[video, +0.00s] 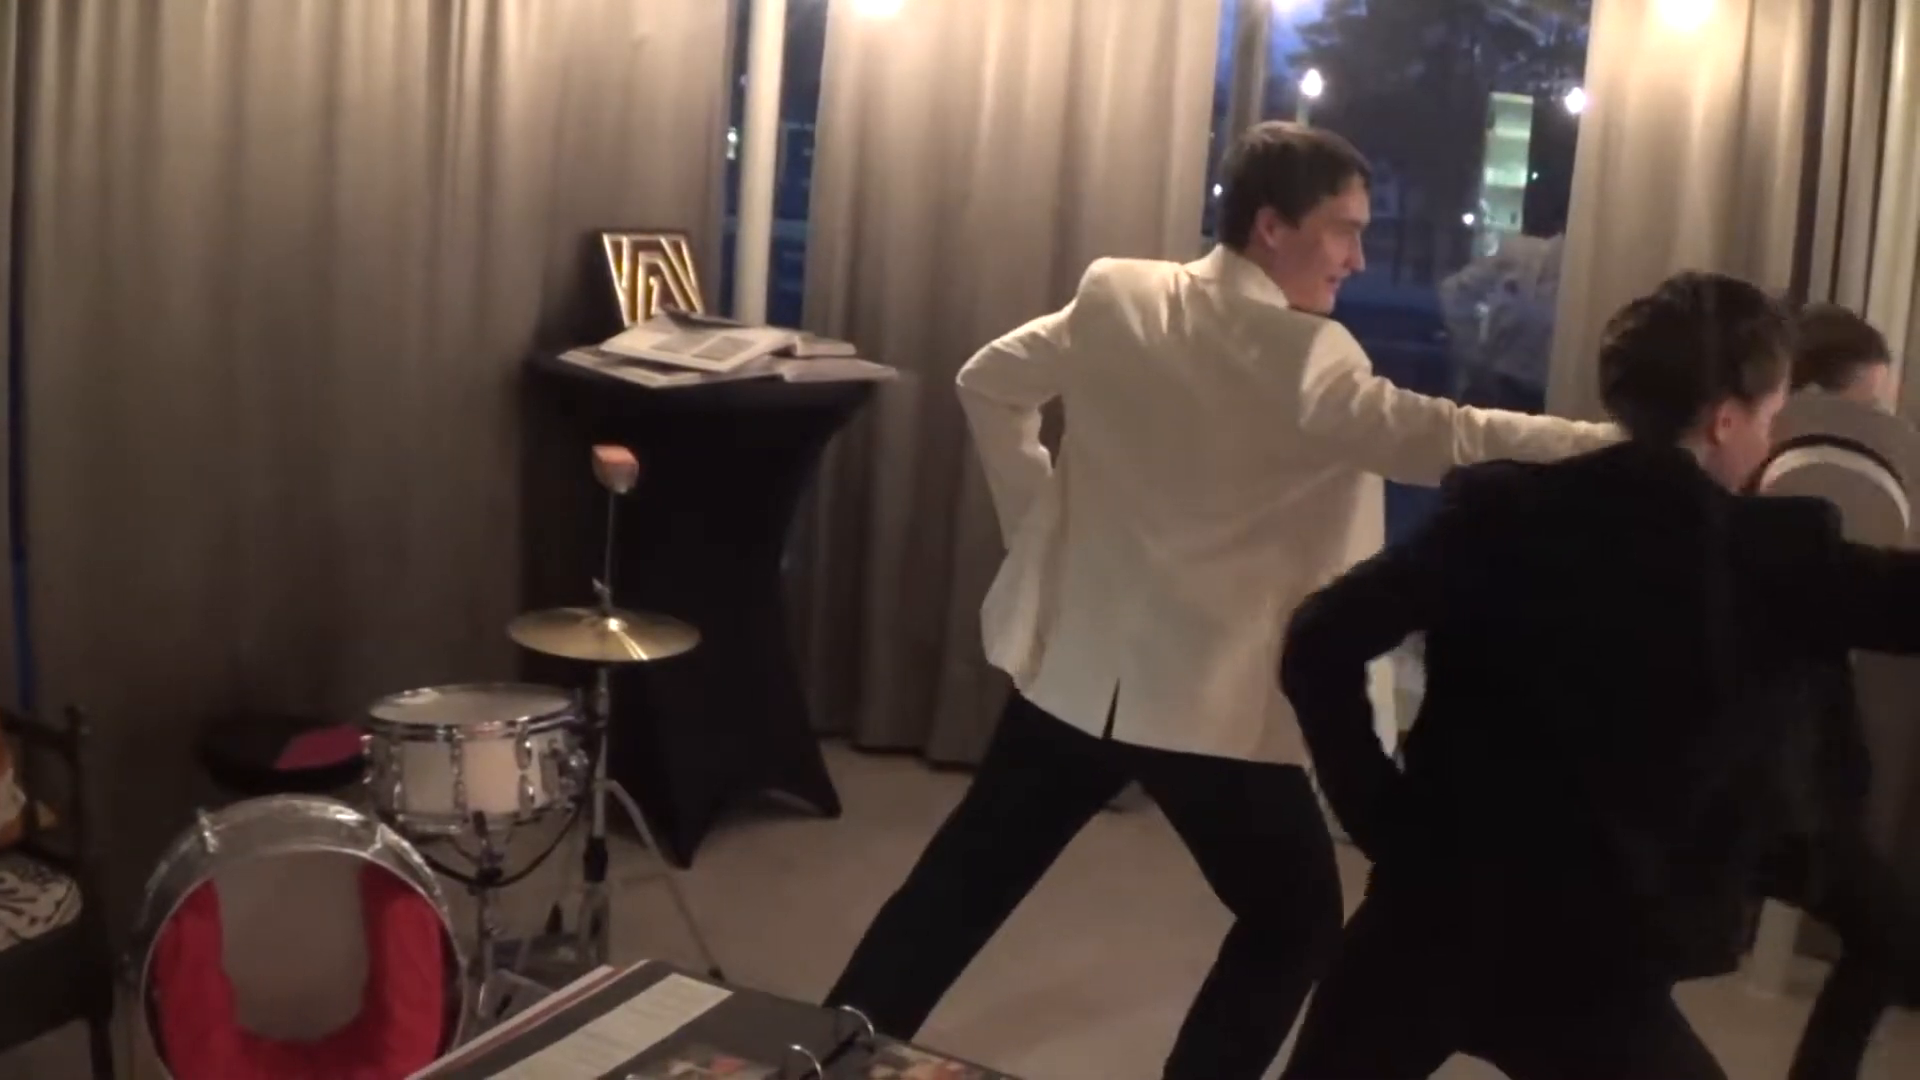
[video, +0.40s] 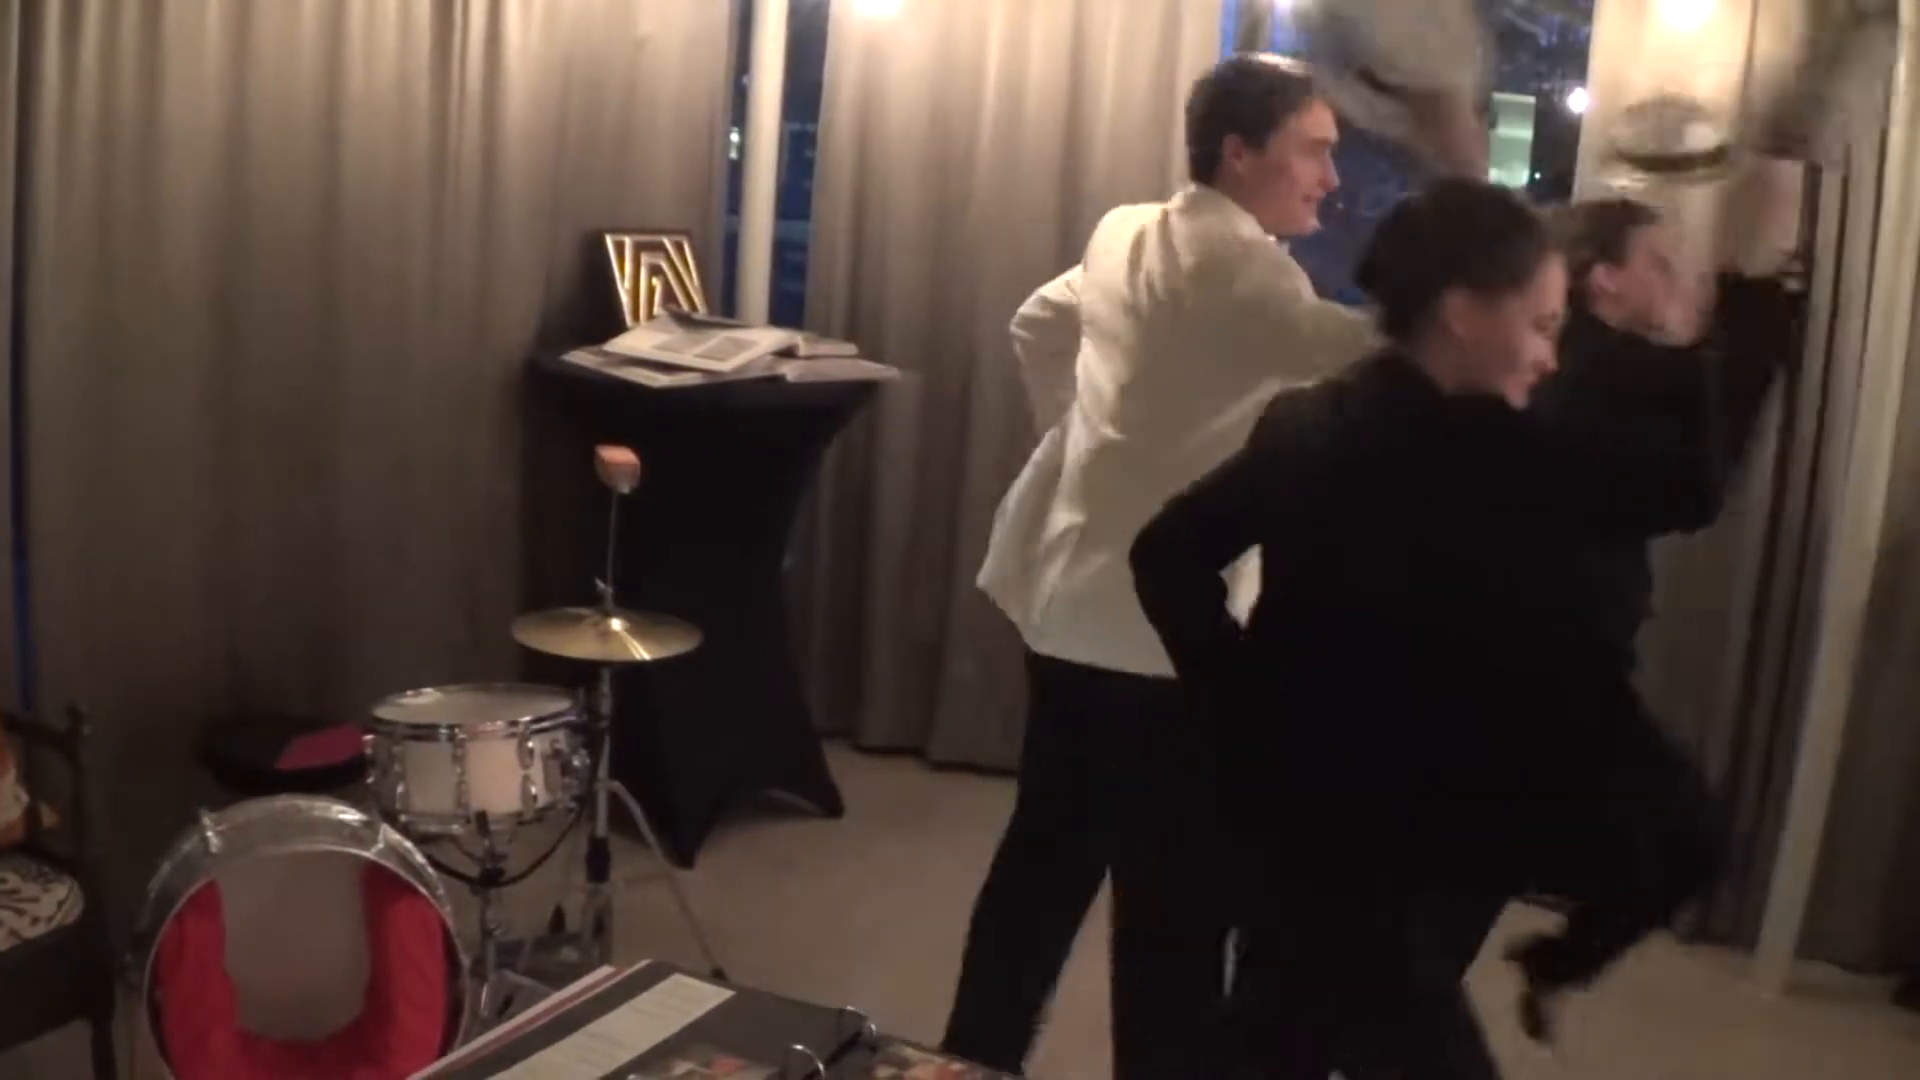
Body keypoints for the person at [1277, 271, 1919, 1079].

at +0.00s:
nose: (1773, 441)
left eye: (1775, 414)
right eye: (1769, 414)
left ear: (1625, 400)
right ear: (1722, 418)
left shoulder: (1493, 509)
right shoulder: (1775, 554)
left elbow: (1318, 646)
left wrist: (1387, 826)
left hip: (1414, 940)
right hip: (1587, 975)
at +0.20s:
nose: (1677, 383)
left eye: (1680, 358)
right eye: (1670, 358)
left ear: (1520, 351)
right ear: (1607, 362)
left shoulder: (1390, 467)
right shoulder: (1684, 487)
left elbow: (1209, 604)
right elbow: (1889, 476)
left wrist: (1307, 776)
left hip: (1346, 898)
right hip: (1518, 926)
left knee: (1214, 1065)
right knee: (1610, 1062)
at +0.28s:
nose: (1625, 350)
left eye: (1627, 325)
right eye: (1615, 326)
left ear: (1497, 328)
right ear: (1546, 334)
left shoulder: (1351, 440)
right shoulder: (1608, 465)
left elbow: (1177, 578)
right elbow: (1811, 454)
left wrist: (1271, 744)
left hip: (1310, 872)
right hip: (1453, 906)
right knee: (1530, 1066)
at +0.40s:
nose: (1551, 358)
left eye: (1555, 330)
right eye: (1539, 326)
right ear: (1459, 312)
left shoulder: (1312, 428)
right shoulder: (1519, 459)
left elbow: (1170, 555)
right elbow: (1686, 490)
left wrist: (1238, 711)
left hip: (1303, 810)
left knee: (1275, 1040)